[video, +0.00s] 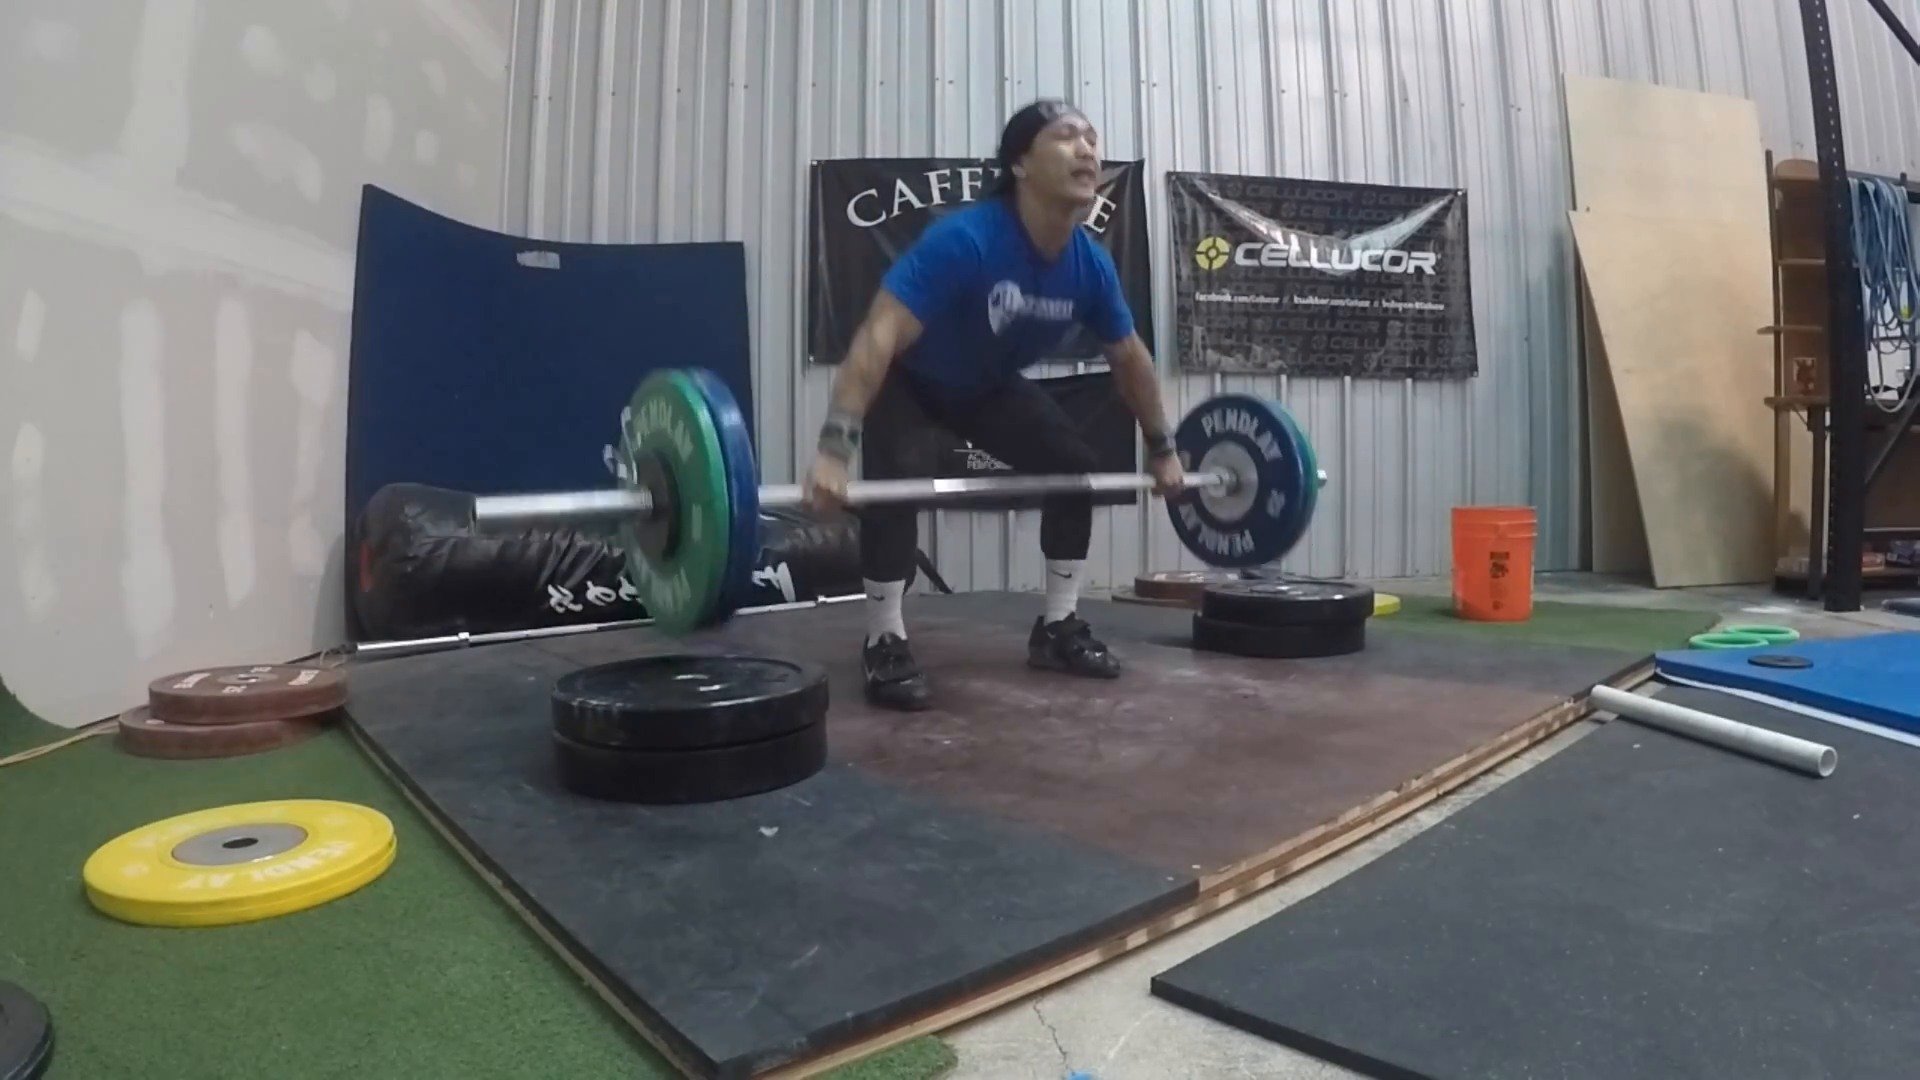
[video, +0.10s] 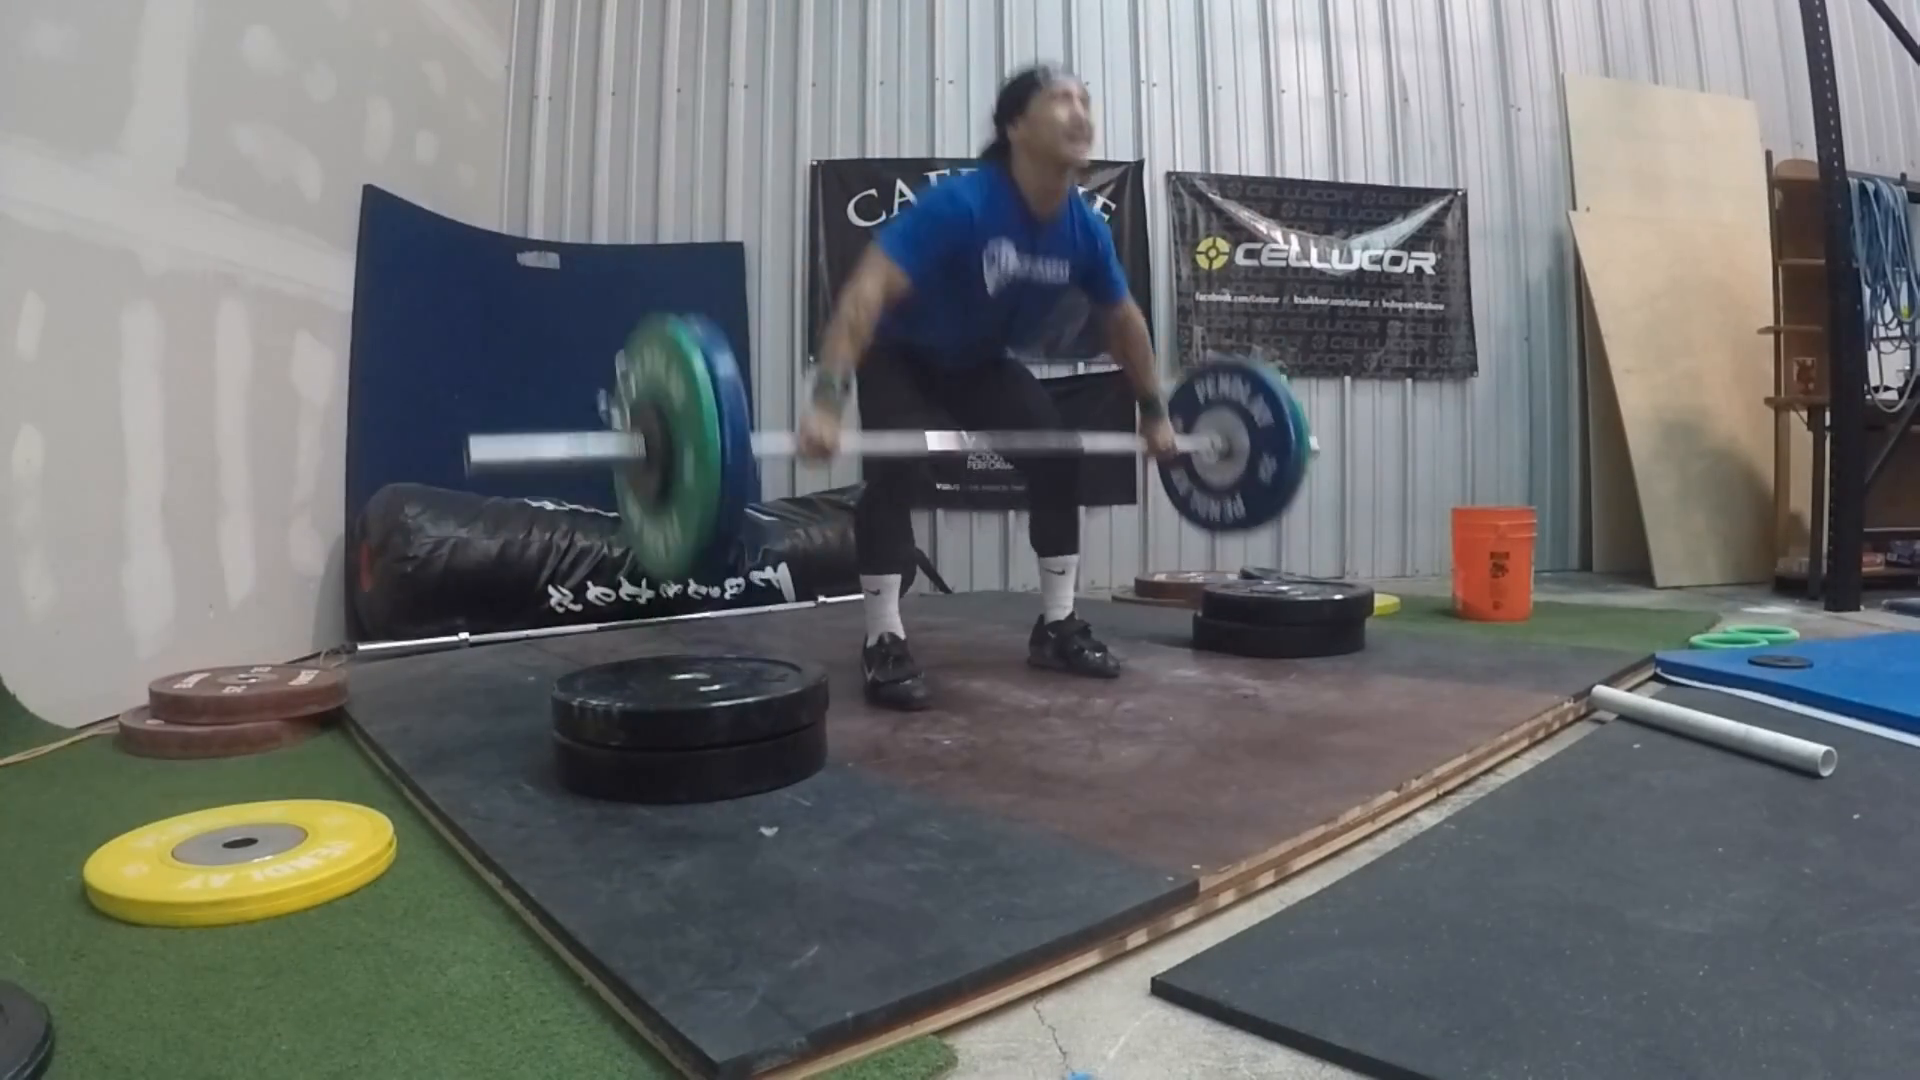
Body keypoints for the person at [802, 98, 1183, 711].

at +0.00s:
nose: (1087, 149)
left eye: (1091, 139)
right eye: (1066, 138)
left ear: (1098, 163)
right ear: (1021, 166)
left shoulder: (1090, 265)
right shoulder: (964, 240)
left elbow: (1130, 360)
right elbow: (880, 333)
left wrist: (1162, 450)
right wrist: (834, 447)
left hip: (984, 387)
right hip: (904, 382)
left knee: (1074, 467)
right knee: (898, 483)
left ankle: (1059, 626)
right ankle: (886, 643)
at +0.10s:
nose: (1080, 113)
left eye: (1083, 102)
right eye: (1060, 102)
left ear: (1091, 124)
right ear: (1016, 129)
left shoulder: (1084, 227)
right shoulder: (959, 202)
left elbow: (1124, 319)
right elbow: (868, 288)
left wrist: (1155, 411)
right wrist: (826, 398)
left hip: (978, 362)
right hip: (896, 356)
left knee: (1056, 451)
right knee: (896, 461)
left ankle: (1058, 625)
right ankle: (884, 642)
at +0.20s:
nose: (1061, 61)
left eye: (1063, 52)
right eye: (1041, 50)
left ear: (1065, 80)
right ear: (997, 75)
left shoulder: (1070, 175)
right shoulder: (946, 154)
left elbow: (1113, 267)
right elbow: (854, 220)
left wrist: (1146, 361)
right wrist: (821, 330)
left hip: (990, 342)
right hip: (903, 335)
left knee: (1053, 455)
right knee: (899, 466)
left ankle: (1058, 624)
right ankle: (885, 642)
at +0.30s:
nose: (995, 20)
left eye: (997, 16)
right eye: (975, 15)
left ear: (1005, 48)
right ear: (940, 46)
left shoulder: (1039, 132)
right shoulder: (914, 113)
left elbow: (1091, 217)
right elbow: (828, 165)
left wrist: (1135, 303)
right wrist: (807, 261)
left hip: (1018, 332)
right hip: (930, 328)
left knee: (1098, 456)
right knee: (926, 454)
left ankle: (1066, 617)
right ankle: (890, 636)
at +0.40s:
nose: (921, 25)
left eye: (923, 23)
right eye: (901, 24)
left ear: (932, 51)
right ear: (873, 54)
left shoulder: (988, 116)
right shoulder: (868, 88)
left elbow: (1053, 181)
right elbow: (806, 133)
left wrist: (1123, 236)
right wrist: (802, 188)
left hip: (1014, 276)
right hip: (933, 268)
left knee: (1060, 424)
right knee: (924, 424)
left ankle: (1080, 605)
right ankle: (891, 630)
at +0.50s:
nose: (882, 81)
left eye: (887, 78)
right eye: (866, 79)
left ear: (901, 99)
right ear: (841, 104)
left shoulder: (939, 151)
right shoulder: (835, 139)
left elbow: (1025, 197)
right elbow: (768, 165)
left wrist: (1112, 201)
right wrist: (783, 147)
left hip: (987, 302)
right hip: (922, 301)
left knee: (1069, 442)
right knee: (906, 446)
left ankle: (1035, 600)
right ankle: (849, 620)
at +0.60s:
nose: (898, 152)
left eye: (901, 147)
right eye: (881, 147)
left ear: (911, 170)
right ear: (853, 172)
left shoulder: (949, 228)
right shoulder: (840, 222)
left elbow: (1026, 251)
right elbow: (760, 214)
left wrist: (1091, 195)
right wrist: (768, 136)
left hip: (975, 419)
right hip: (904, 421)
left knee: (1098, 504)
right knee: (870, 519)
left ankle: (1012, 610)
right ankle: (831, 628)